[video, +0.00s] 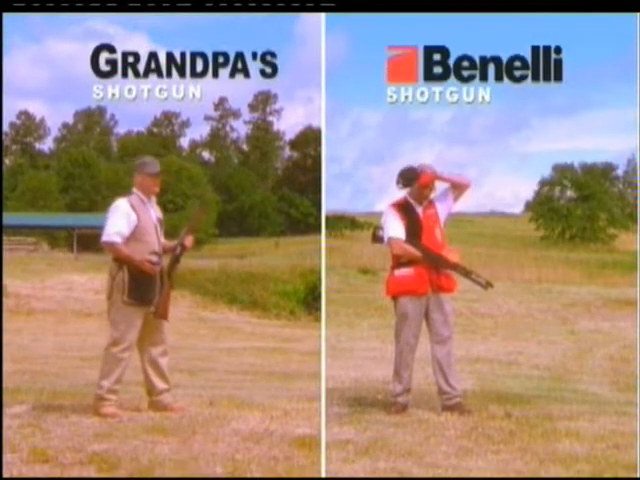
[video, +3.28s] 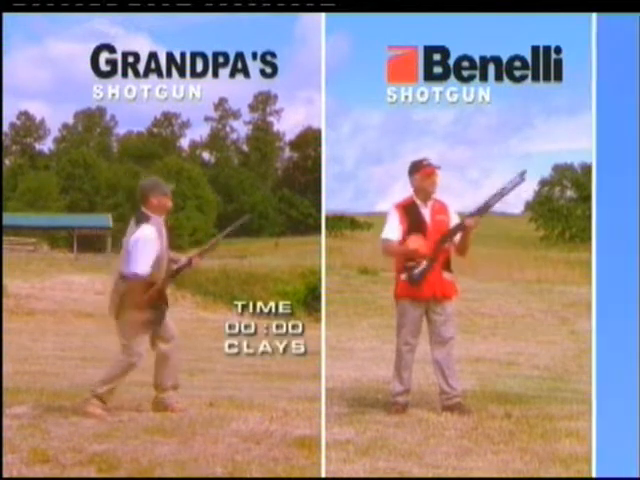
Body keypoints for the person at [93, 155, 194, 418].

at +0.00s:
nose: (157, 183)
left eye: (158, 178)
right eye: (152, 178)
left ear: (158, 181)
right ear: (138, 179)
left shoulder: (154, 209)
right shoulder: (123, 206)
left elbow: (155, 244)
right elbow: (110, 241)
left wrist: (178, 245)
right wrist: (139, 262)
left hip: (153, 275)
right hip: (128, 277)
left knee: (155, 341)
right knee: (121, 341)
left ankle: (160, 396)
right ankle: (106, 398)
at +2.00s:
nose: (153, 180)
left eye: (154, 176)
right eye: (147, 176)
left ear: (154, 180)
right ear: (132, 179)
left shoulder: (156, 208)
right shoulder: (121, 208)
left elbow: (165, 243)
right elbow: (127, 242)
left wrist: (184, 235)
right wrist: (163, 228)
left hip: (153, 272)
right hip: (127, 272)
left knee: (156, 341)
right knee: (119, 339)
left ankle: (161, 396)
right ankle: (102, 398)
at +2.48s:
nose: (154, 189)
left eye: (154, 184)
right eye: (149, 184)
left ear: (144, 188)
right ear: (132, 187)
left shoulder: (151, 215)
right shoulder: (120, 217)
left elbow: (163, 247)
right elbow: (127, 256)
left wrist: (184, 242)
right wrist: (159, 270)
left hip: (145, 280)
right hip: (122, 282)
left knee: (158, 340)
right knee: (121, 342)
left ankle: (162, 396)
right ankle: (93, 399)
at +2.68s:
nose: (152, 190)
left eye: (151, 185)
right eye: (146, 185)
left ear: (140, 190)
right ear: (131, 189)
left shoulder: (149, 216)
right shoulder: (116, 221)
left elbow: (159, 249)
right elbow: (113, 262)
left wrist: (180, 246)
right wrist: (125, 293)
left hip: (146, 281)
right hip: (122, 283)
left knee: (160, 339)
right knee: (121, 343)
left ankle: (163, 396)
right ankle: (92, 399)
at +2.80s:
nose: (152, 188)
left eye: (151, 183)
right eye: (146, 183)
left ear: (143, 188)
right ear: (130, 188)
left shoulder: (150, 214)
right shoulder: (115, 218)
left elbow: (158, 247)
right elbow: (98, 257)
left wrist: (179, 245)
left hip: (146, 279)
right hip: (120, 281)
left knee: (159, 339)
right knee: (119, 343)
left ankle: (162, 397)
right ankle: (92, 399)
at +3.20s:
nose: (173, 217)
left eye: (172, 211)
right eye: (169, 212)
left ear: (158, 216)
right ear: (154, 215)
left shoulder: (164, 239)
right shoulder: (136, 244)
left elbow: (161, 271)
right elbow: (110, 276)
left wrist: (186, 268)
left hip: (145, 296)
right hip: (122, 298)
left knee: (166, 341)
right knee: (134, 359)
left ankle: (163, 396)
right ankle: (94, 398)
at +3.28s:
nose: (170, 202)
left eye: (169, 197)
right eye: (165, 197)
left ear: (153, 202)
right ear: (151, 201)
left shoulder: (157, 225)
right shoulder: (145, 233)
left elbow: (156, 259)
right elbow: (136, 277)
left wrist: (182, 262)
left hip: (149, 297)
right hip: (132, 299)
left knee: (167, 342)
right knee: (133, 354)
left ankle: (165, 395)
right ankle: (96, 398)